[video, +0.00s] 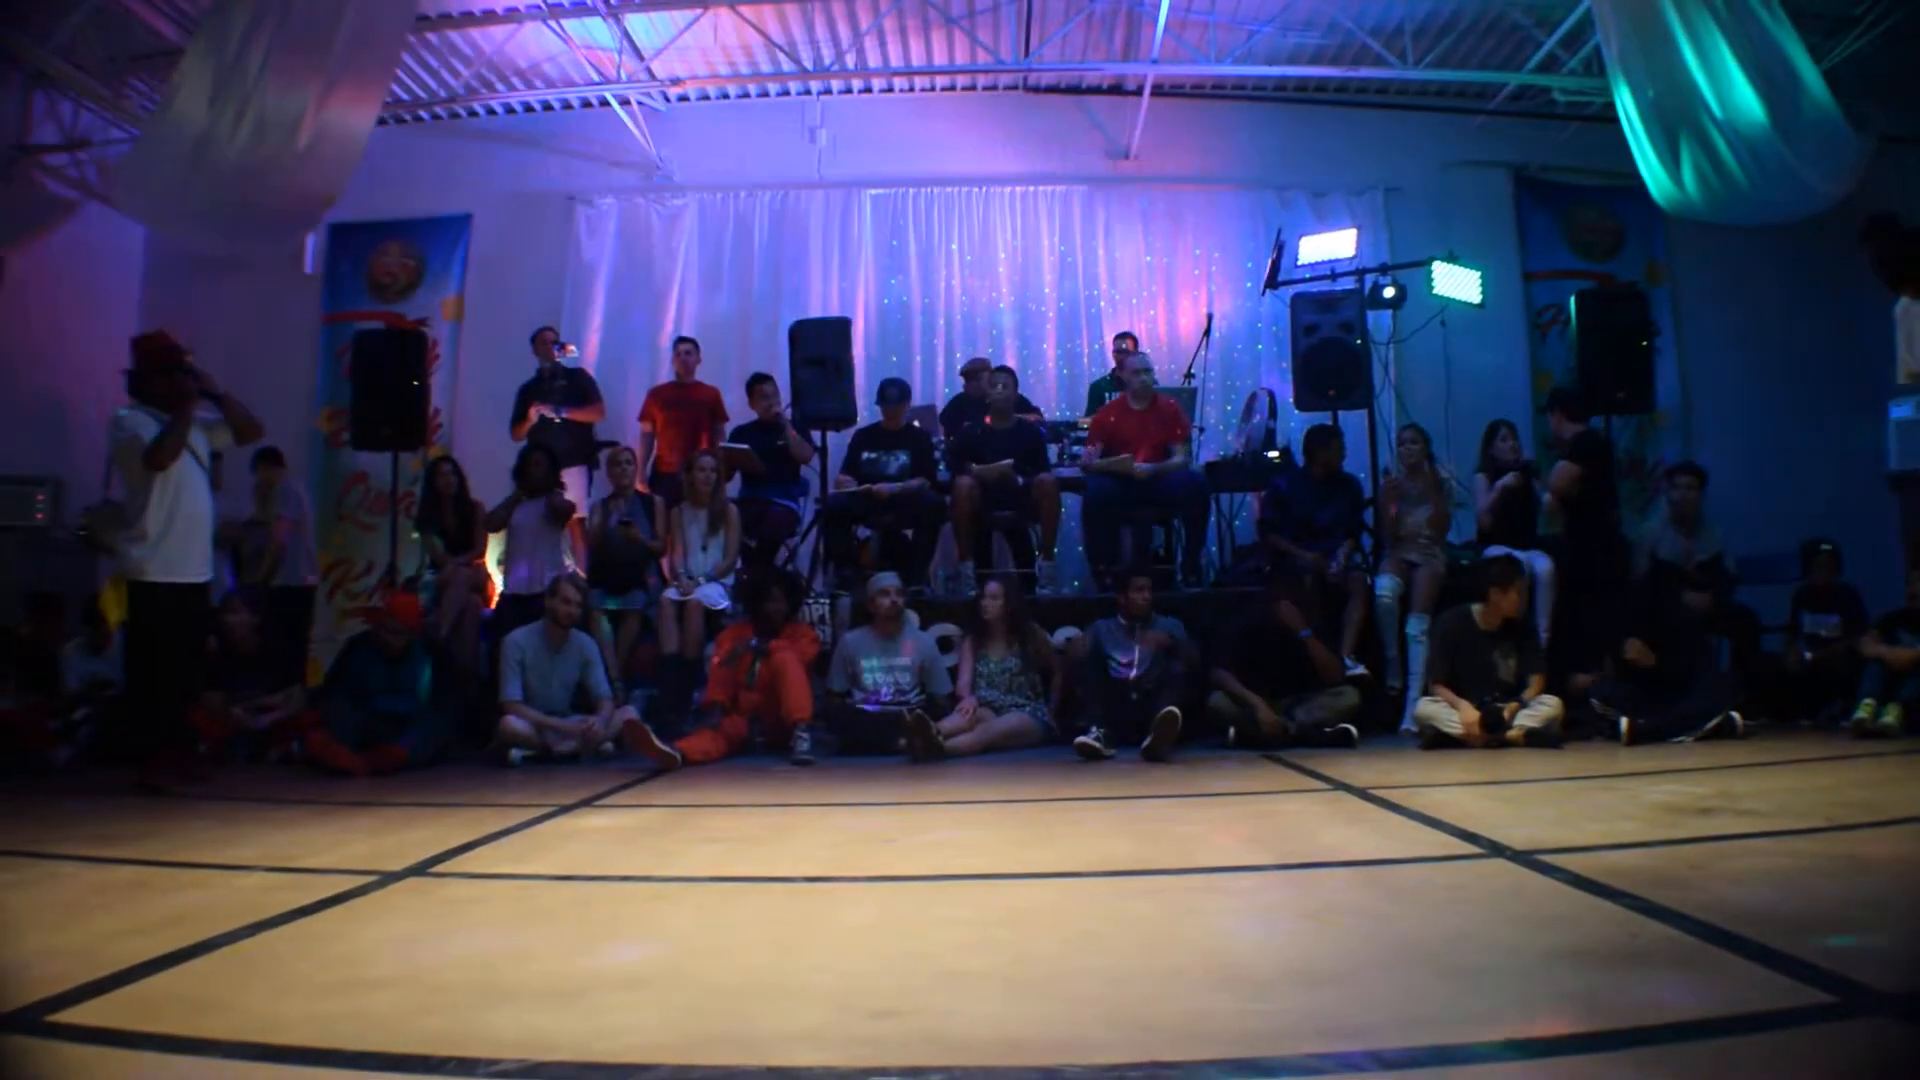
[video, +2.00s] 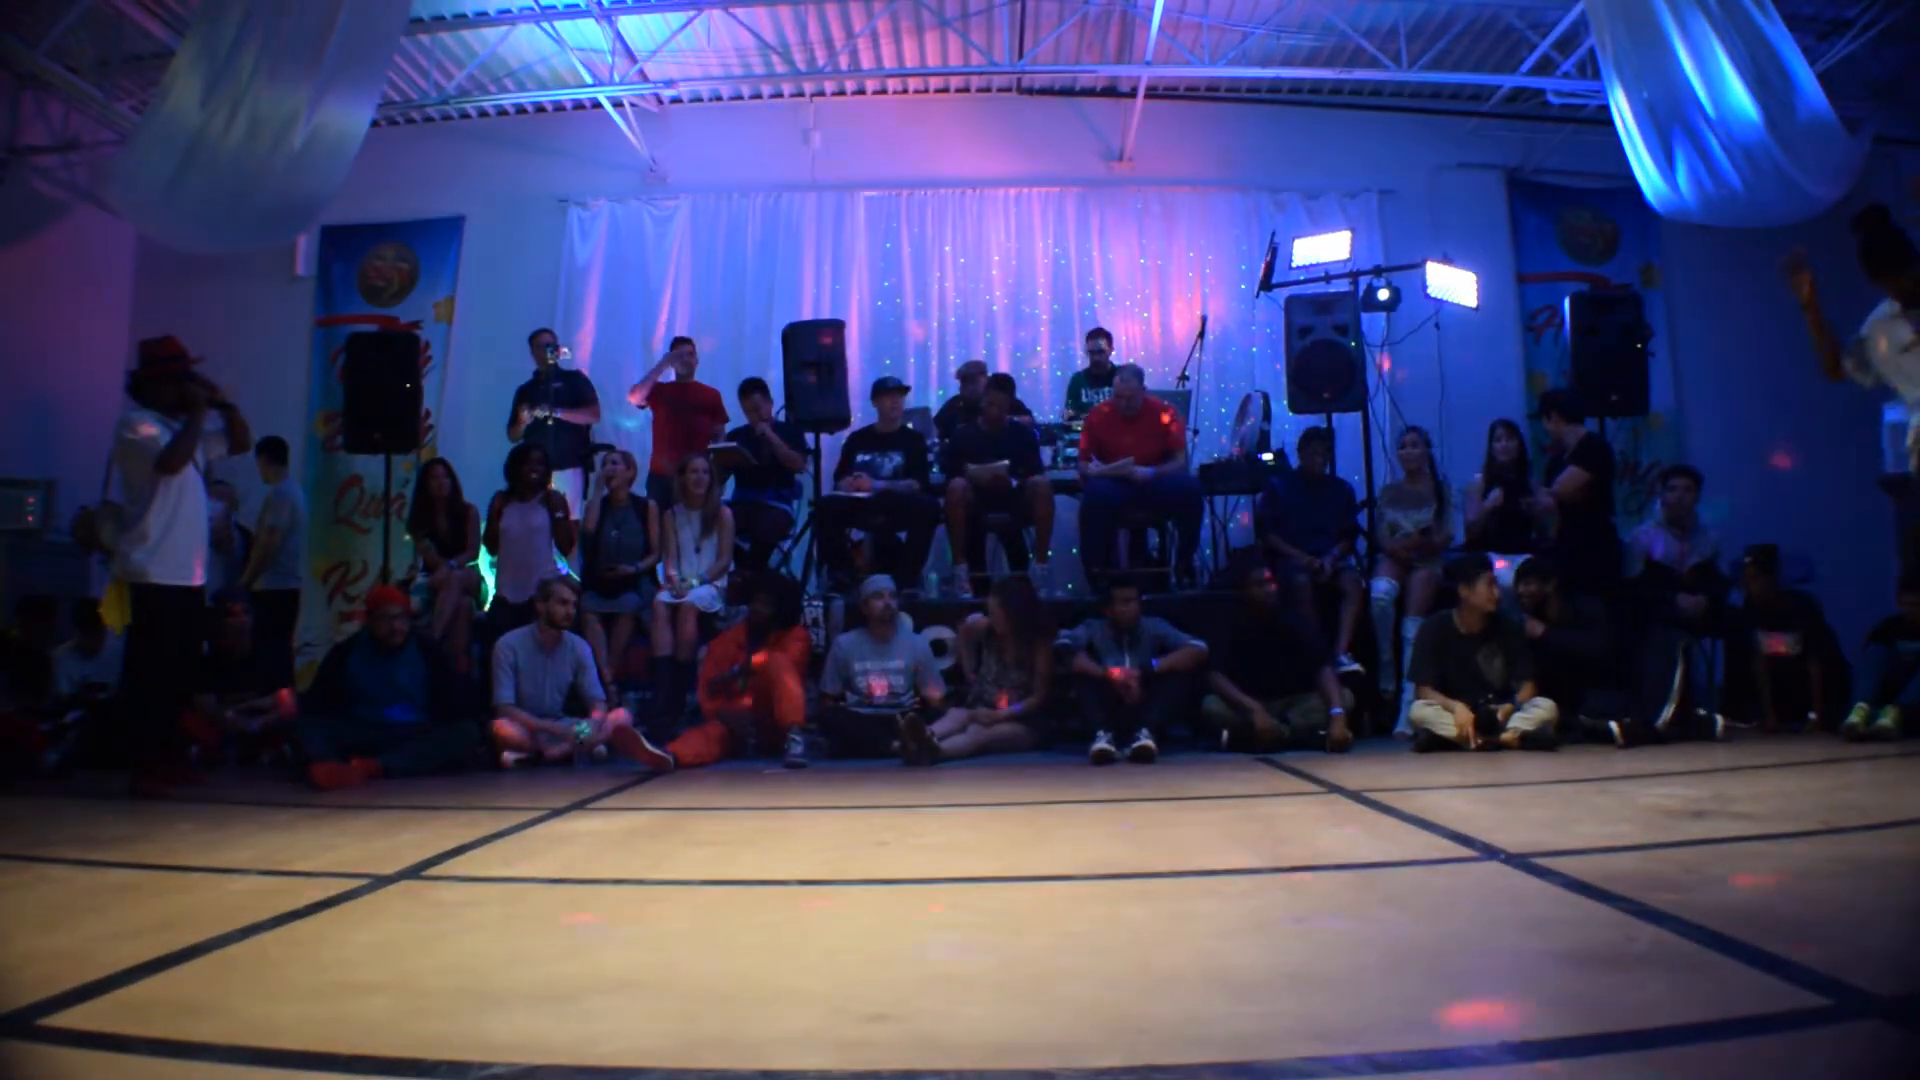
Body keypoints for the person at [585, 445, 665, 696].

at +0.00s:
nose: (622, 469)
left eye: (628, 464)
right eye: (616, 465)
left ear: (636, 469)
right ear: (608, 471)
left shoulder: (653, 503)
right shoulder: (599, 506)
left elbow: (660, 546)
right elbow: (593, 543)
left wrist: (639, 539)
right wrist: (607, 521)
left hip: (639, 574)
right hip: (606, 574)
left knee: (634, 606)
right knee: (595, 608)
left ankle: (617, 673)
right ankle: (613, 679)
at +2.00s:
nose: (609, 468)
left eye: (615, 464)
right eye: (606, 464)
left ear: (630, 472)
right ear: (601, 473)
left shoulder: (646, 506)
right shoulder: (595, 505)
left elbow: (655, 552)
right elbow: (589, 528)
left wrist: (634, 568)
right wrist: (597, 490)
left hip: (631, 577)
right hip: (600, 575)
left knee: (627, 608)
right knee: (588, 610)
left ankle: (609, 672)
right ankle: (605, 678)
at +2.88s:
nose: (620, 472)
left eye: (624, 467)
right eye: (613, 467)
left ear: (630, 472)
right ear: (602, 474)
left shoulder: (646, 508)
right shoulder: (592, 509)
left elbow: (654, 552)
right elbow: (588, 547)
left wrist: (634, 568)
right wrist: (605, 520)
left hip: (631, 576)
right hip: (600, 574)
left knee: (627, 609)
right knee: (589, 611)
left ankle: (608, 676)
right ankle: (606, 680)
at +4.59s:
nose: (613, 473)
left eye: (620, 468)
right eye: (609, 467)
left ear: (632, 475)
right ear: (604, 473)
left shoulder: (646, 508)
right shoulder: (595, 509)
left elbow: (648, 550)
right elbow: (590, 547)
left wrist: (631, 532)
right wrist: (610, 532)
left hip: (633, 578)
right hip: (602, 577)